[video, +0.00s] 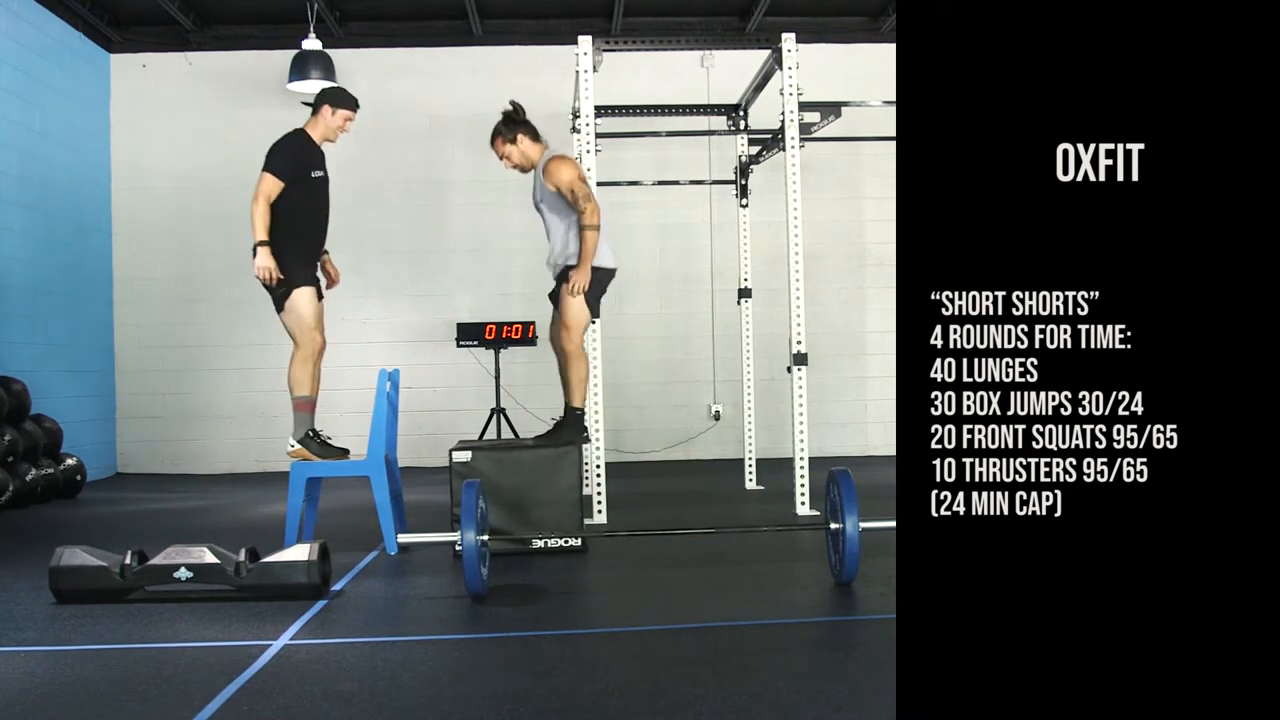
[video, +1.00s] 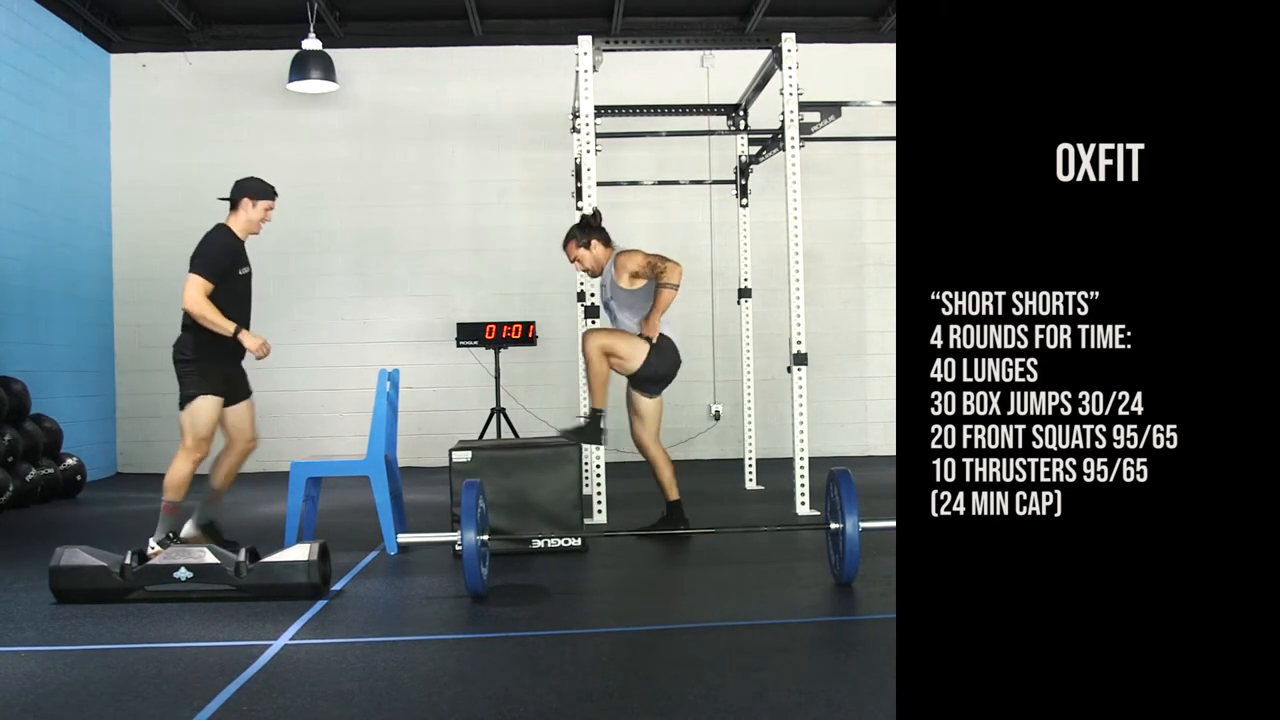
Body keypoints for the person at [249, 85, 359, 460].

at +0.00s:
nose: (347, 128)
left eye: (351, 122)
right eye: (345, 119)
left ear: (331, 116)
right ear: (325, 112)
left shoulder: (315, 152)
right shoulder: (291, 147)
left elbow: (306, 212)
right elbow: (261, 200)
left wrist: (322, 256)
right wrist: (262, 249)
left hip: (304, 262)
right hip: (285, 259)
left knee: (315, 344)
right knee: (308, 343)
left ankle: (306, 433)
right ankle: (301, 435)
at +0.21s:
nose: (348, 144)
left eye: (352, 139)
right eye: (347, 136)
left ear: (334, 132)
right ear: (327, 126)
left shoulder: (315, 166)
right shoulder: (290, 157)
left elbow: (299, 223)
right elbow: (263, 209)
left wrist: (313, 266)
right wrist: (284, 255)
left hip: (288, 265)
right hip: (262, 261)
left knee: (321, 345)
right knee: (303, 344)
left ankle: (306, 436)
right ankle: (253, 423)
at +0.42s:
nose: (339, 191)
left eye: (343, 185)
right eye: (338, 182)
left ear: (322, 174)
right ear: (320, 171)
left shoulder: (297, 207)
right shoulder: (283, 196)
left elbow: (267, 254)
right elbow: (258, 242)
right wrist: (303, 279)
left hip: (270, 306)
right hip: (240, 303)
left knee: (328, 348)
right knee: (238, 398)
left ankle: (307, 436)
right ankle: (192, 484)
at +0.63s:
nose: (299, 238)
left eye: (303, 231)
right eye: (298, 229)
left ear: (282, 223)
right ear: (279, 220)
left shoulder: (259, 255)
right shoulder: (245, 253)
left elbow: (249, 314)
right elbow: (236, 312)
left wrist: (289, 333)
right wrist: (293, 329)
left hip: (243, 354)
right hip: (214, 360)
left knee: (315, 350)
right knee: (210, 452)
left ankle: (304, 437)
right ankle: (165, 536)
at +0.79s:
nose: (280, 226)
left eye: (282, 220)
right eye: (277, 218)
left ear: (260, 213)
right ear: (258, 210)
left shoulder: (241, 246)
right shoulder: (225, 245)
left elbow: (225, 307)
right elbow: (210, 308)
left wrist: (254, 341)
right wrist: (263, 333)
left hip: (230, 348)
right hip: (201, 351)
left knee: (302, 363)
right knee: (196, 448)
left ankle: (260, 439)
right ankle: (163, 537)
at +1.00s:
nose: (268, 218)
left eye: (270, 212)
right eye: (265, 210)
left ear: (249, 208)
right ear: (243, 205)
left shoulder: (236, 245)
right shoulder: (218, 242)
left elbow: (218, 302)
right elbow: (192, 300)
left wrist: (240, 344)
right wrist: (242, 334)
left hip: (225, 359)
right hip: (199, 359)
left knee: (243, 441)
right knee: (195, 448)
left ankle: (202, 524)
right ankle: (163, 537)